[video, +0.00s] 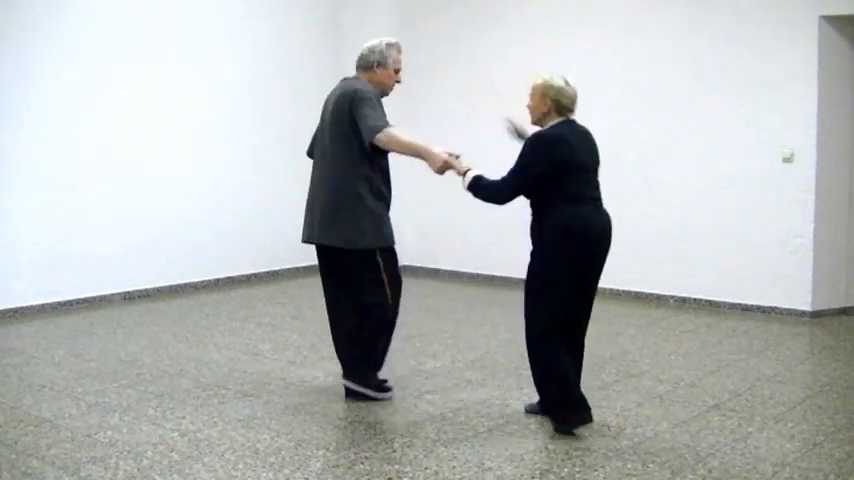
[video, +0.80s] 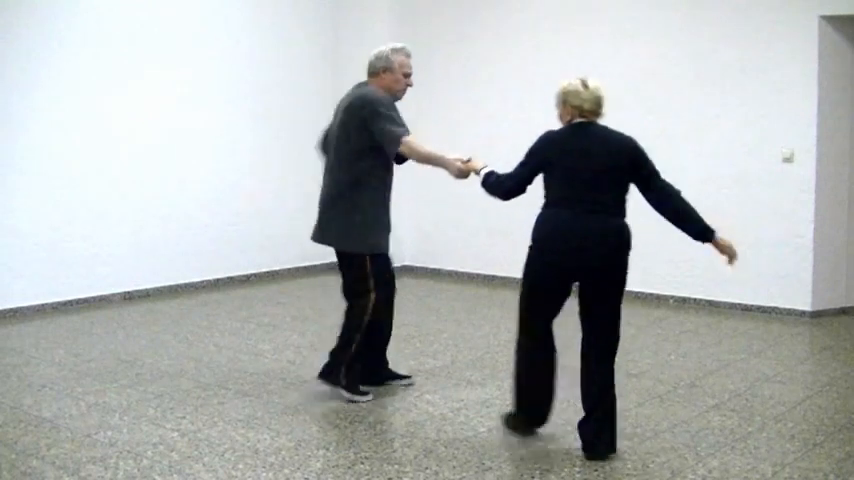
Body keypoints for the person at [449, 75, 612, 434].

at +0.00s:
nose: (528, 104)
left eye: (532, 97)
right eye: (530, 97)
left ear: (548, 104)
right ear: (563, 105)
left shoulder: (543, 142)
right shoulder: (584, 137)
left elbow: (503, 192)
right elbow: (554, 163)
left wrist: (467, 175)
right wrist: (527, 139)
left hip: (557, 243)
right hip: (593, 239)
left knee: (542, 324)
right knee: (572, 320)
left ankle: (568, 412)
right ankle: (559, 398)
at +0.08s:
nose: (535, 109)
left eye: (539, 104)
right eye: (538, 102)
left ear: (553, 110)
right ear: (572, 111)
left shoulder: (544, 148)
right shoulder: (597, 144)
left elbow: (498, 196)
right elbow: (611, 185)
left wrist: (459, 184)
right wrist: (564, 189)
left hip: (559, 244)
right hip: (601, 242)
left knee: (549, 328)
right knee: (573, 323)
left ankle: (570, 418)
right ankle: (559, 397)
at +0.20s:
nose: (545, 113)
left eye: (548, 107)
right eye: (547, 107)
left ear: (559, 111)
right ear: (585, 113)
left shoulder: (545, 147)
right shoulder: (612, 148)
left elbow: (501, 196)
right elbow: (642, 196)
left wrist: (462, 193)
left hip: (558, 252)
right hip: (607, 253)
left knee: (558, 332)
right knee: (590, 327)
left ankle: (572, 422)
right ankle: (572, 403)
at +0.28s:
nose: (553, 111)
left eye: (556, 105)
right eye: (554, 104)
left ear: (566, 109)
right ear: (593, 109)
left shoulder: (549, 144)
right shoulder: (620, 145)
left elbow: (511, 195)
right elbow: (651, 192)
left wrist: (475, 193)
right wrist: (683, 229)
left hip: (558, 252)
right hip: (610, 252)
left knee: (560, 333)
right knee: (597, 328)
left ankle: (569, 422)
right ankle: (593, 412)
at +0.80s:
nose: (557, 115)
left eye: (558, 109)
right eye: (559, 109)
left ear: (566, 110)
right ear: (597, 110)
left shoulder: (551, 142)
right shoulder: (624, 146)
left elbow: (508, 188)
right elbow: (663, 196)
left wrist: (481, 171)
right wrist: (711, 237)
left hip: (553, 249)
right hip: (608, 252)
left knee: (535, 326)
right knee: (600, 342)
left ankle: (530, 415)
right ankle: (599, 441)